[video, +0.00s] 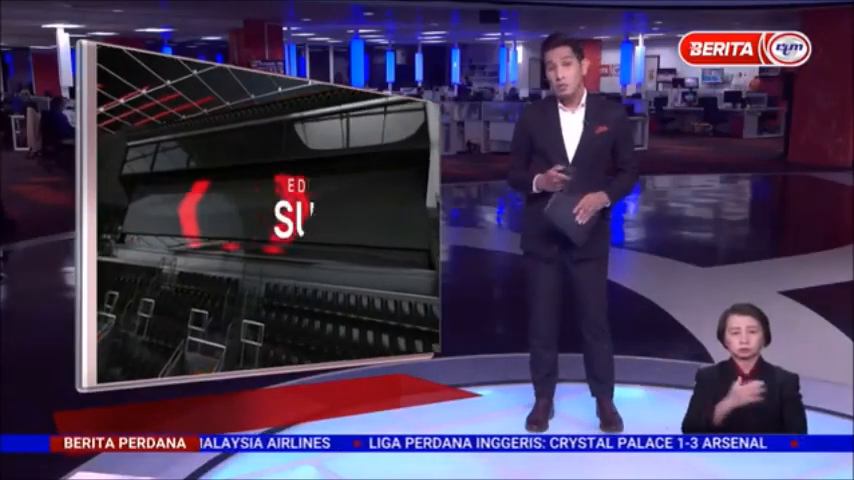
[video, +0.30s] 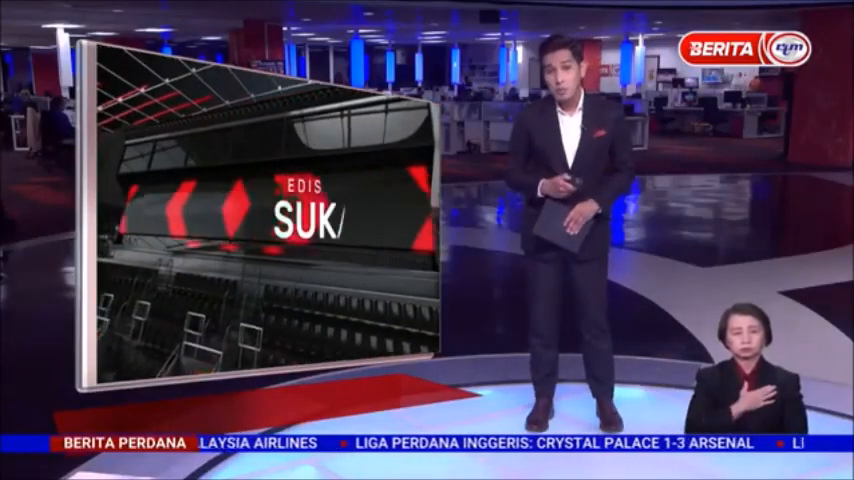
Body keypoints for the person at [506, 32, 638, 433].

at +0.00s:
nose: (558, 73)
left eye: (566, 64)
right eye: (551, 67)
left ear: (583, 66)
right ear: (545, 74)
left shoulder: (610, 111)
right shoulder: (532, 114)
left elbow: (628, 171)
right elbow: (515, 174)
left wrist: (604, 196)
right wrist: (538, 180)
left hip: (590, 231)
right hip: (542, 233)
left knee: (594, 319)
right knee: (542, 319)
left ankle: (605, 400)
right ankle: (542, 398)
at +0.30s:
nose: (558, 76)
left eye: (565, 67)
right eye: (550, 70)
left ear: (581, 69)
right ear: (543, 76)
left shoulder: (607, 111)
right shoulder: (530, 116)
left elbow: (624, 171)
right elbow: (513, 173)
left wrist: (595, 202)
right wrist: (542, 185)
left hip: (590, 230)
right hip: (543, 230)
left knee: (594, 320)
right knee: (543, 321)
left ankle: (605, 400)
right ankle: (542, 400)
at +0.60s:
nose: (559, 78)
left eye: (566, 69)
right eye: (551, 71)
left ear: (582, 70)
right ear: (543, 77)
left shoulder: (607, 112)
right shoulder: (529, 117)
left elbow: (627, 169)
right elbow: (512, 173)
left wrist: (602, 201)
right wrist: (540, 188)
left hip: (590, 231)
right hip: (542, 232)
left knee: (593, 320)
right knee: (543, 321)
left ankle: (605, 400)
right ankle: (542, 400)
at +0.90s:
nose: (559, 75)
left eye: (567, 66)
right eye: (551, 68)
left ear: (582, 69)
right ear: (544, 75)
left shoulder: (607, 112)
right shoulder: (529, 116)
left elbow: (623, 172)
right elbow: (512, 172)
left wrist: (596, 202)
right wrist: (536, 187)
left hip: (589, 230)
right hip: (542, 230)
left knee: (593, 319)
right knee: (543, 320)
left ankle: (605, 400)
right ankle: (542, 400)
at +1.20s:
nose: (559, 73)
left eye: (566, 65)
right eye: (551, 67)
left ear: (582, 69)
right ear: (544, 74)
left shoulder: (607, 112)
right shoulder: (529, 116)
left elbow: (625, 172)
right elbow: (512, 172)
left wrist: (597, 201)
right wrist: (535, 185)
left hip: (589, 230)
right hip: (541, 230)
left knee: (593, 320)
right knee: (543, 321)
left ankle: (605, 400)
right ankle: (542, 400)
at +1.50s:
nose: (560, 73)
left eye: (568, 64)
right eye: (552, 66)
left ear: (583, 68)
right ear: (544, 74)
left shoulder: (608, 112)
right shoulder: (530, 115)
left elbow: (625, 171)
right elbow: (512, 171)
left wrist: (598, 201)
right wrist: (537, 186)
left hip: (589, 230)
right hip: (542, 231)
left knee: (593, 320)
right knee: (543, 321)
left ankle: (605, 400)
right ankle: (542, 400)